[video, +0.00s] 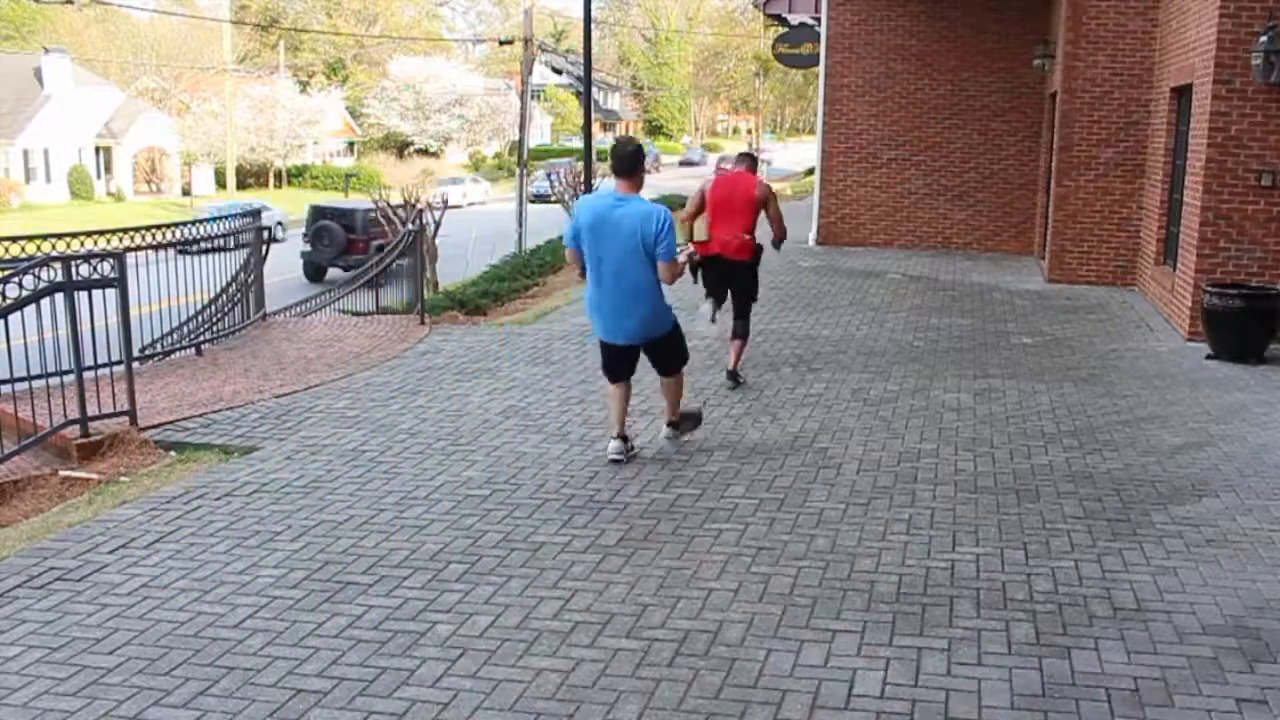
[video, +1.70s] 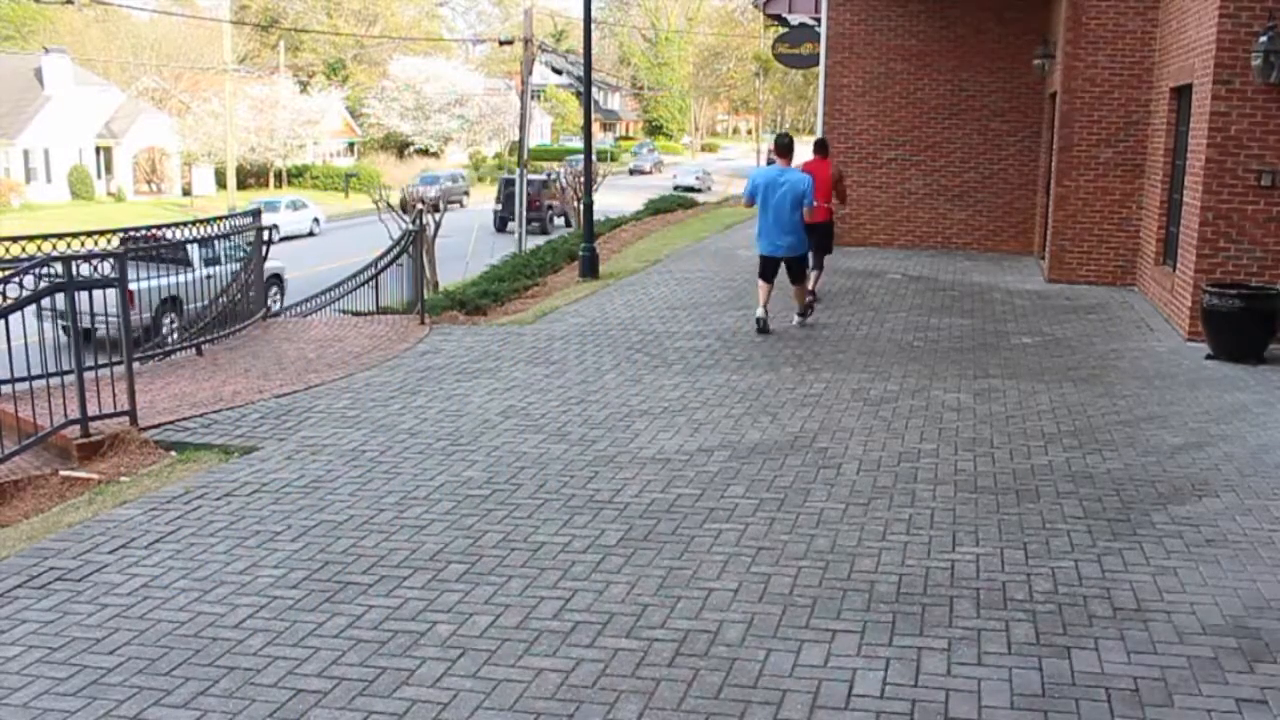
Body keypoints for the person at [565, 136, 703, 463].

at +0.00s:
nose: (647, 170)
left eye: (640, 166)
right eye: (646, 166)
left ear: (612, 169)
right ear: (643, 170)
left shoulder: (585, 207)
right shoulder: (656, 215)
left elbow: (573, 258)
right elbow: (668, 276)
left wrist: (601, 261)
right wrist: (683, 261)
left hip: (607, 318)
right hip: (649, 317)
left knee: (617, 379)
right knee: (672, 365)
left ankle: (617, 439)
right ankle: (673, 419)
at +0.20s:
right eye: (673, 166)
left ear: (645, 170)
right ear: (675, 169)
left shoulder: (623, 205)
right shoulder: (690, 212)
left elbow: (603, 248)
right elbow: (698, 267)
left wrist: (632, 237)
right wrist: (709, 251)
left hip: (637, 304)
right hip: (675, 308)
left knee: (641, 345)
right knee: (683, 361)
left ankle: (637, 401)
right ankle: (681, 415)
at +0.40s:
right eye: (689, 163)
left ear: (663, 165)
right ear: (691, 165)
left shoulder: (644, 199)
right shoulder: (706, 203)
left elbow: (632, 239)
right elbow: (719, 254)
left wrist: (658, 234)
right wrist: (732, 246)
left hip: (660, 293)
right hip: (696, 293)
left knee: (667, 347)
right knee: (704, 335)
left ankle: (669, 391)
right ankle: (691, 376)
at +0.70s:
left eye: (706, 162)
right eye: (724, 162)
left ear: (702, 164)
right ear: (727, 164)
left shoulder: (684, 191)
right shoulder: (741, 199)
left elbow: (665, 225)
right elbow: (747, 244)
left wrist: (688, 216)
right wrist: (748, 226)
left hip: (693, 277)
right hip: (726, 279)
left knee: (691, 314)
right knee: (734, 327)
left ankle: (684, 353)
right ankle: (738, 371)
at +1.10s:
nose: (753, 160)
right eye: (754, 157)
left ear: (732, 159)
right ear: (754, 159)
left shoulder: (716, 187)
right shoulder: (766, 191)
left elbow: (706, 219)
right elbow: (773, 232)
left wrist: (726, 209)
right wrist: (778, 225)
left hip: (727, 262)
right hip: (758, 262)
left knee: (727, 306)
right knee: (767, 300)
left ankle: (726, 347)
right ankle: (770, 336)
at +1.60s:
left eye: (768, 153)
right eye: (781, 153)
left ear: (765, 154)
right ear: (785, 154)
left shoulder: (753, 177)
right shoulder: (797, 181)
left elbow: (742, 205)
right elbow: (802, 216)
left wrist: (758, 196)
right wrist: (808, 209)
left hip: (762, 243)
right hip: (789, 244)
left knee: (763, 283)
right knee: (797, 276)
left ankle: (761, 321)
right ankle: (793, 313)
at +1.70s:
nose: (776, 153)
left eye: (773, 150)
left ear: (773, 152)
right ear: (793, 152)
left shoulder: (760, 175)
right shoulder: (804, 180)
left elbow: (748, 202)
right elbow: (808, 214)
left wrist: (764, 190)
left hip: (768, 240)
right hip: (794, 242)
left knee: (765, 278)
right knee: (798, 281)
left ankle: (761, 309)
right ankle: (801, 311)